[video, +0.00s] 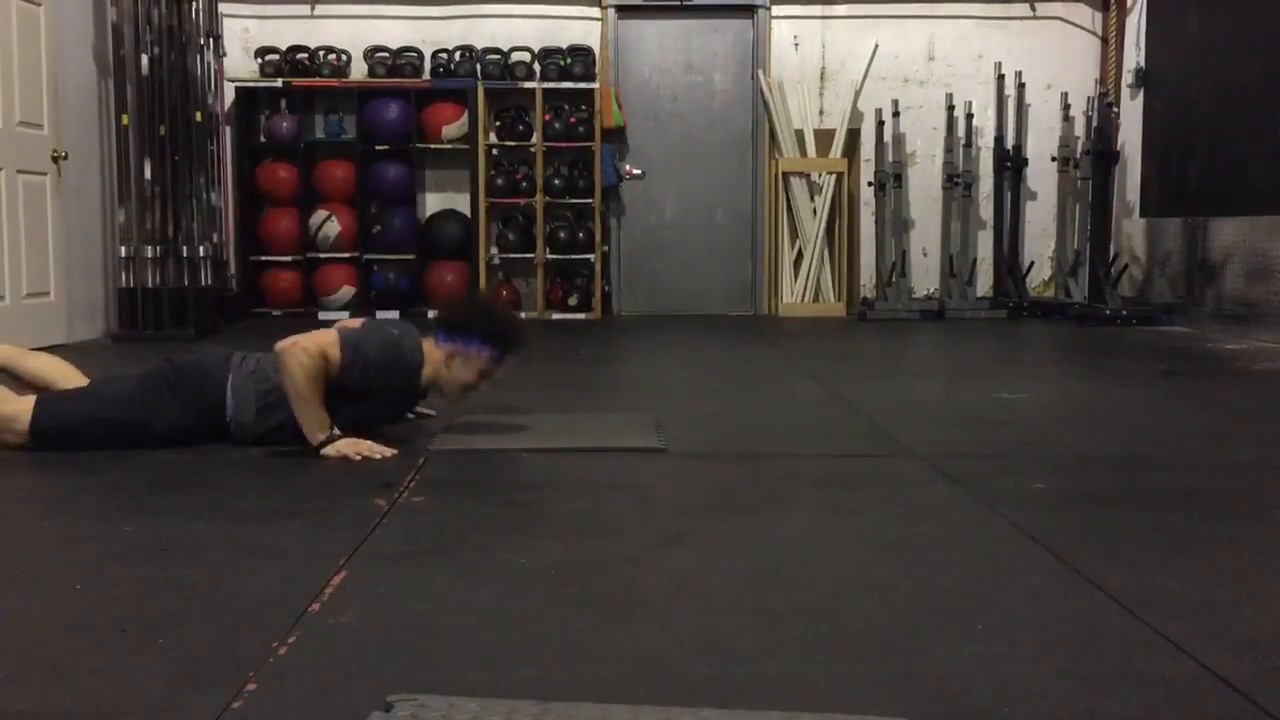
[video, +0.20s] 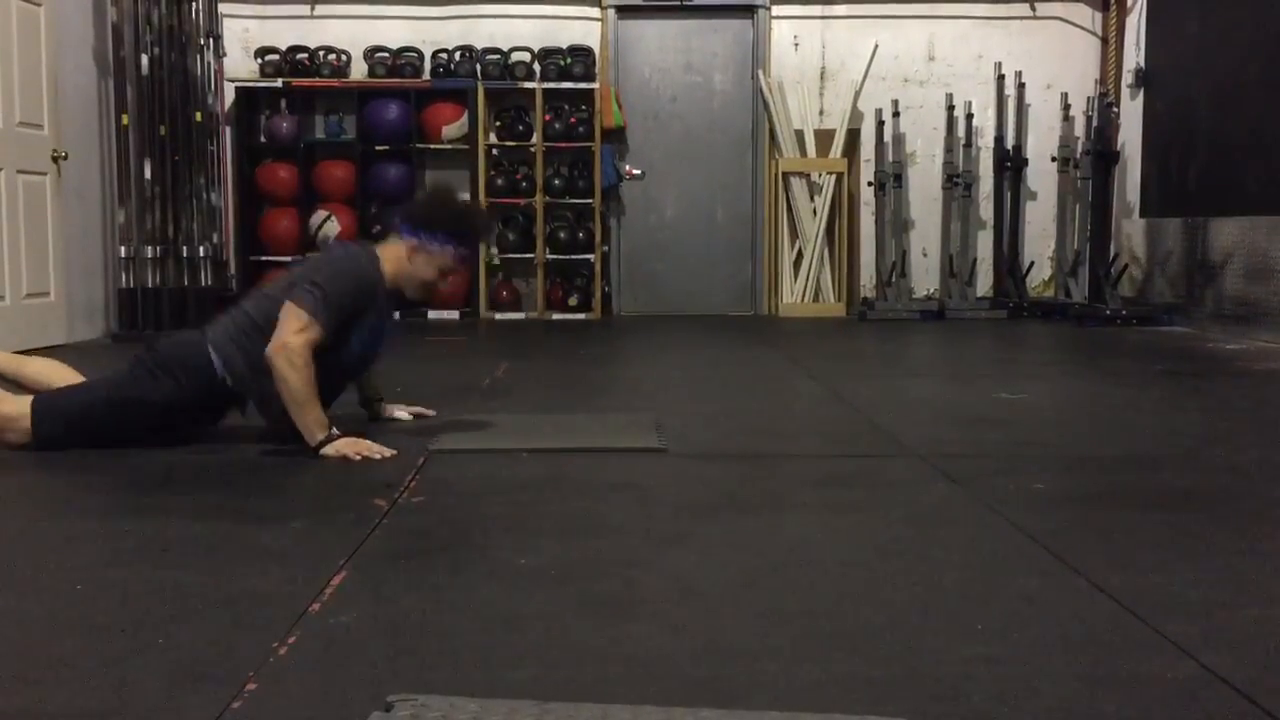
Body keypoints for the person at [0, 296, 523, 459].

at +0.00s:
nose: (480, 385)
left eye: (487, 376)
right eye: (482, 371)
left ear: (459, 347)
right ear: (457, 348)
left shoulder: (411, 356)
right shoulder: (398, 349)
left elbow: (322, 356)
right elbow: (295, 352)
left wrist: (374, 412)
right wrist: (327, 437)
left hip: (220, 388)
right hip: (207, 396)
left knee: (84, 396)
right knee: (23, 418)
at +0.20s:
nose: (445, 280)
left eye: (452, 269)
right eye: (445, 266)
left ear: (424, 249)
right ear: (415, 243)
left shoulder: (379, 282)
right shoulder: (348, 270)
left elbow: (356, 348)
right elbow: (287, 348)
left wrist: (377, 405)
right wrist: (324, 439)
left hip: (210, 377)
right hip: (193, 376)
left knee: (83, 397)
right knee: (26, 423)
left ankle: (1, 361)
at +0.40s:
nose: (440, 268)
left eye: (449, 262)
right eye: (447, 258)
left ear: (431, 225)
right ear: (433, 228)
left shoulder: (381, 239)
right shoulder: (353, 227)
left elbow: (376, 324)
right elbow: (324, 333)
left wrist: (381, 399)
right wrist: (327, 435)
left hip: (188, 280)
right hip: (169, 259)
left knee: (55, 341)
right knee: (33, 336)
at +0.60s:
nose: (369, 281)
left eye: (378, 280)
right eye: (375, 274)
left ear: (370, 240)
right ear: (368, 242)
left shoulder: (346, 226)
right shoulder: (304, 223)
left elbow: (352, 318)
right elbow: (302, 334)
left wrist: (375, 397)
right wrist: (326, 434)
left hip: (197, 143)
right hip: (148, 126)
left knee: (238, 268)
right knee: (72, 272)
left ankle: (170, 360)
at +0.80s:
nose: (388, 230)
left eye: (395, 223)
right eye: (389, 218)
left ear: (373, 187)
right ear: (367, 192)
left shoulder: (351, 188)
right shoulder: (298, 212)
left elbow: (377, 282)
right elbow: (306, 327)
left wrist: (403, 361)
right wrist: (327, 430)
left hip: (198, 174)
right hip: (139, 181)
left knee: (307, 282)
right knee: (94, 315)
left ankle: (287, 388)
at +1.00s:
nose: (446, 119)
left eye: (454, 110)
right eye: (446, 104)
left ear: (439, 100)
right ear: (414, 81)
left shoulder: (396, 140)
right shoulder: (349, 113)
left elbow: (390, 221)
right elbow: (302, 205)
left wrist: (380, 299)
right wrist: (276, 302)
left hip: (260, 177)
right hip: (193, 162)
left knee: (340, 258)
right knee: (143, 286)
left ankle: (292, 386)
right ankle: (8, 368)